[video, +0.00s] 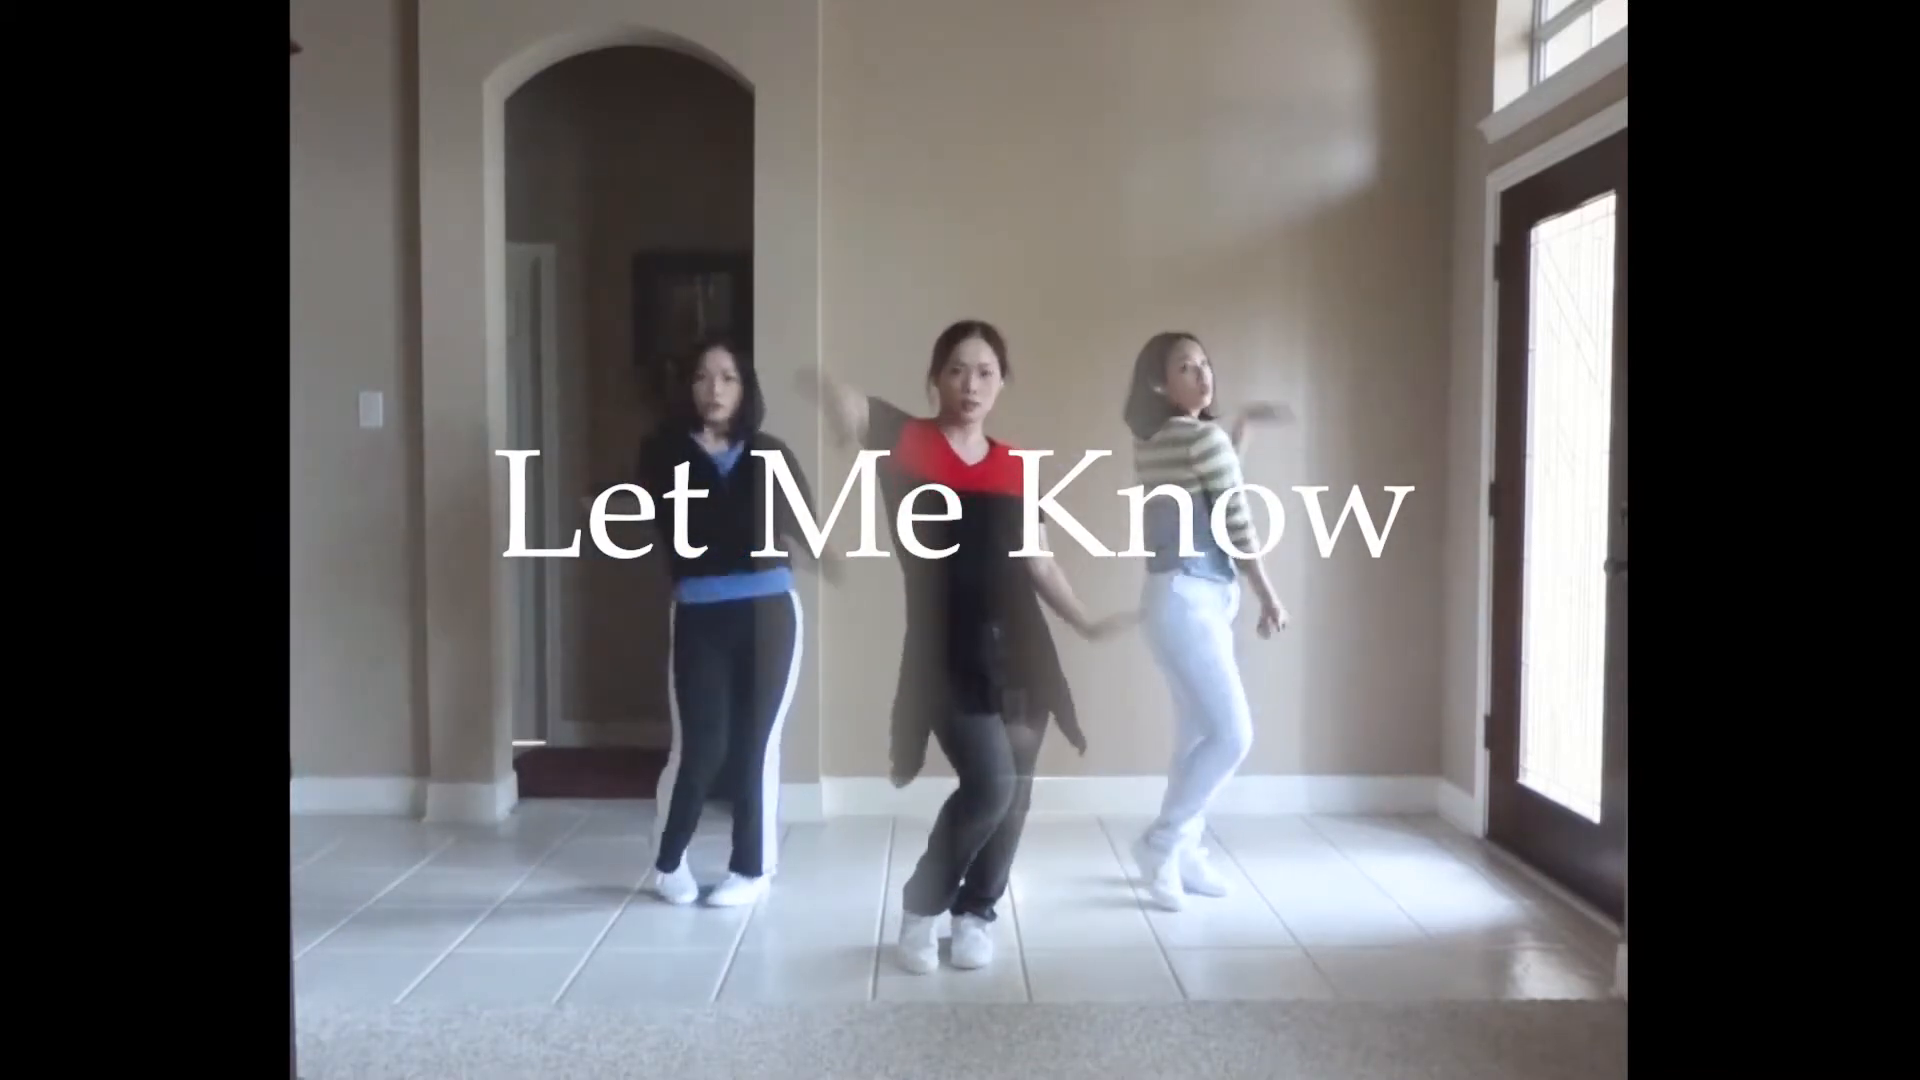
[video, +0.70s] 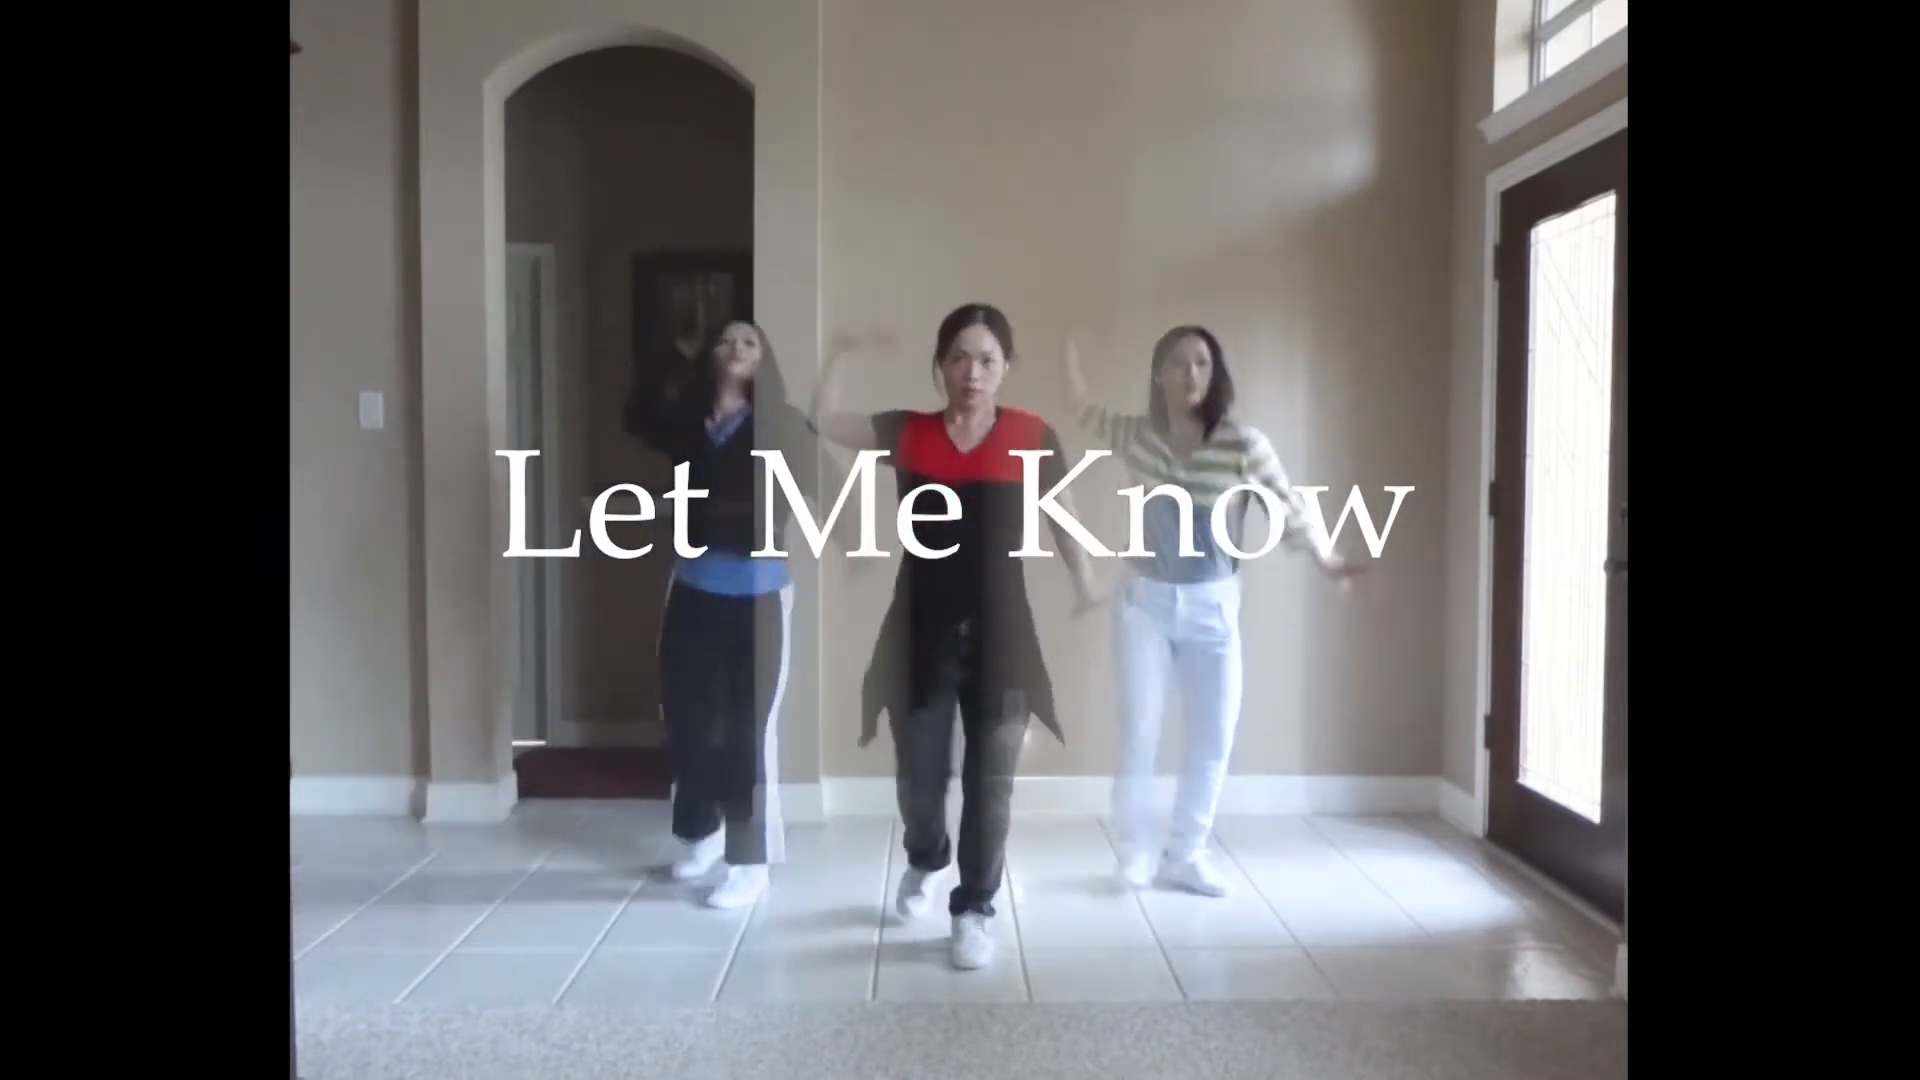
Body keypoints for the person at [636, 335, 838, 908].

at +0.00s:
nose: (714, 388)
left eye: (727, 378)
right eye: (704, 377)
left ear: (746, 388)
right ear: (689, 386)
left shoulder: (770, 453)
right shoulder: (666, 452)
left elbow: (809, 530)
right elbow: (646, 526)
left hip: (767, 610)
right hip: (700, 612)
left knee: (752, 748)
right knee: (704, 747)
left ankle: (749, 871)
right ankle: (670, 861)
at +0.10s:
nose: (726, 392)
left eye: (738, 381)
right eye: (715, 381)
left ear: (754, 390)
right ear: (700, 389)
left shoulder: (772, 459)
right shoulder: (673, 456)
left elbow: (818, 533)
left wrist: (854, 598)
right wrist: (645, 470)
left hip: (768, 610)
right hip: (702, 614)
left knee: (755, 747)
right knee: (712, 746)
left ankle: (750, 870)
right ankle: (671, 866)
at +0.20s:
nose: (731, 393)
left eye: (743, 383)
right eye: (721, 382)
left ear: (759, 393)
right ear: (703, 388)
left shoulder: (773, 460)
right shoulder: (674, 448)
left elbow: (810, 540)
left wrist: (841, 608)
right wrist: (608, 408)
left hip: (770, 610)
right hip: (701, 615)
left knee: (758, 749)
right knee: (712, 750)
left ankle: (749, 873)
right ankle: (671, 868)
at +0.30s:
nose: (731, 399)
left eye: (743, 387)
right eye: (720, 386)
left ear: (761, 396)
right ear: (701, 393)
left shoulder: (774, 462)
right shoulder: (674, 444)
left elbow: (806, 537)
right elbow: (634, 404)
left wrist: (825, 614)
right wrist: (596, 359)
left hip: (769, 615)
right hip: (703, 618)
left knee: (757, 752)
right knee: (715, 750)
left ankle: (750, 874)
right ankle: (669, 865)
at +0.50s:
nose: (735, 383)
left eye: (746, 372)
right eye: (724, 373)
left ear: (764, 383)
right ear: (710, 383)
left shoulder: (786, 456)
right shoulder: (687, 438)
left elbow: (812, 538)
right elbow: (623, 398)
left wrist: (827, 615)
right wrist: (582, 339)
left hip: (766, 612)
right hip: (699, 612)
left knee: (753, 749)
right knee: (703, 748)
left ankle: (750, 872)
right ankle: (663, 865)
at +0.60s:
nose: (737, 359)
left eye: (747, 351)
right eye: (727, 350)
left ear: (762, 363)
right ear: (708, 361)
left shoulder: (779, 431)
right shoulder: (683, 424)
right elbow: (633, 438)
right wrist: (640, 356)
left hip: (759, 599)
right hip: (694, 596)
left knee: (750, 735)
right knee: (685, 730)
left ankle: (750, 865)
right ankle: (680, 858)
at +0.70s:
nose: (735, 349)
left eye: (747, 343)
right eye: (725, 341)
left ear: (762, 361)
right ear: (707, 356)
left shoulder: (778, 425)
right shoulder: (686, 418)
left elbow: (798, 492)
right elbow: (638, 419)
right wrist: (673, 361)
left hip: (755, 592)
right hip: (693, 588)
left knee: (744, 726)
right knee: (687, 716)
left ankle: (748, 861)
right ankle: (702, 836)